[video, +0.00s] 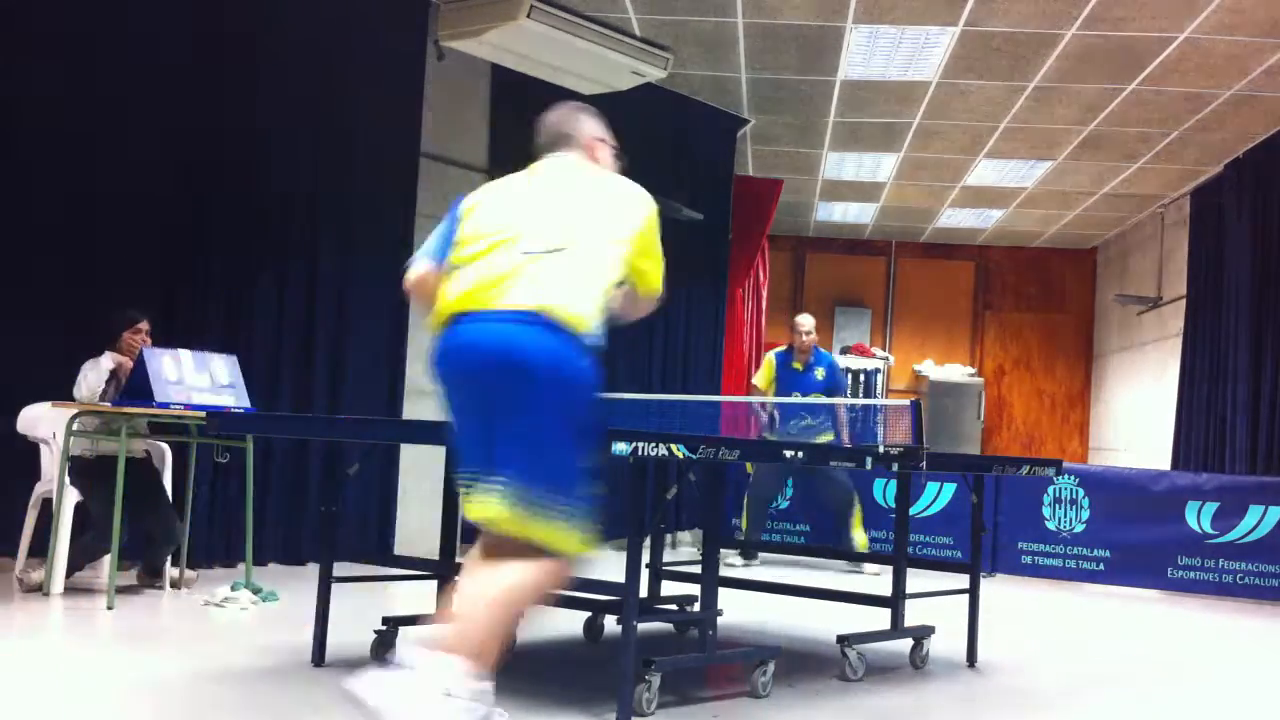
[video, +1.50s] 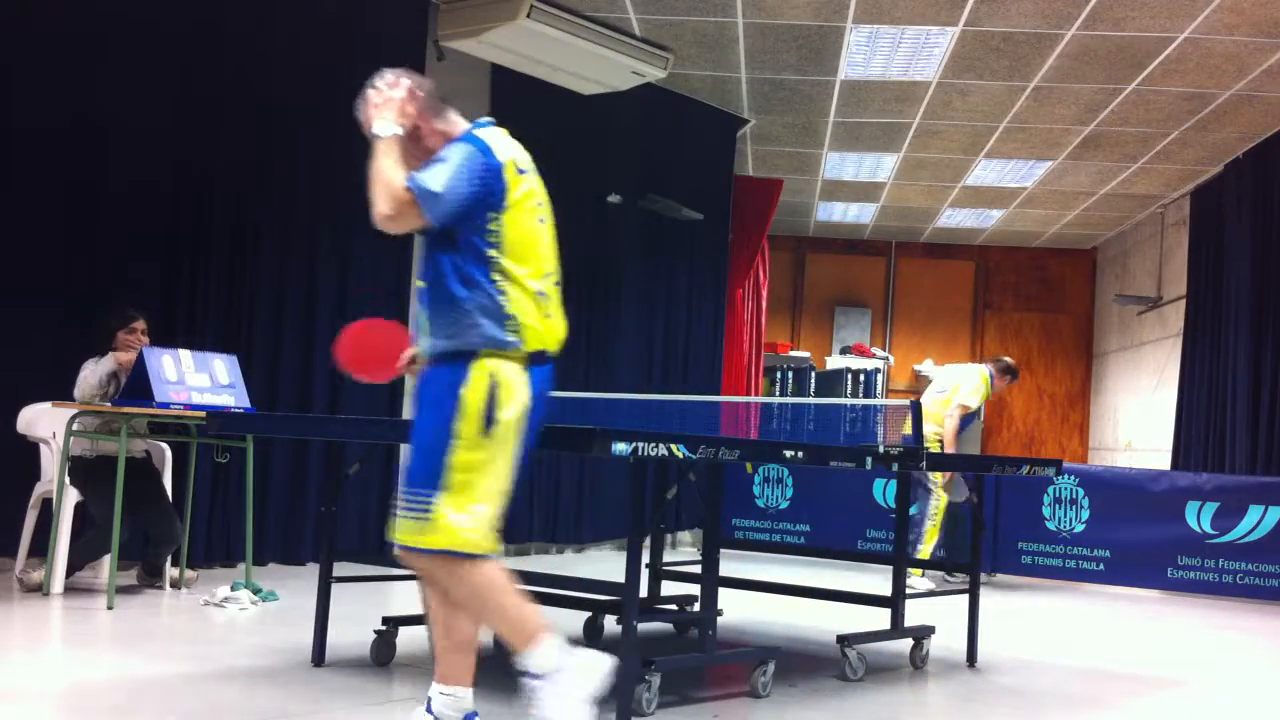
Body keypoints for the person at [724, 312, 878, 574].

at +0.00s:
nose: (804, 338)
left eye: (809, 333)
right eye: (800, 333)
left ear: (816, 335)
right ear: (792, 335)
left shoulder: (829, 363)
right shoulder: (775, 359)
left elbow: (839, 405)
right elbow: (755, 391)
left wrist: (845, 441)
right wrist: (763, 419)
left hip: (820, 442)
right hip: (779, 441)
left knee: (846, 492)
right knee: (757, 491)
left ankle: (859, 554)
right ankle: (749, 550)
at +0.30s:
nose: (871, 336)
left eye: (873, 331)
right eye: (865, 331)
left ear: (873, 332)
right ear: (852, 331)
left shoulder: (852, 352)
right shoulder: (848, 355)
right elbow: (862, 398)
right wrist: (882, 423)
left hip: (848, 434)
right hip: (840, 436)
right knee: (862, 492)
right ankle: (868, 554)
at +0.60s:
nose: (943, 379)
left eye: (944, 374)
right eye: (942, 373)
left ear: (922, 369)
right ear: (926, 371)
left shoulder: (882, 373)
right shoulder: (916, 386)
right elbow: (947, 436)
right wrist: (982, 450)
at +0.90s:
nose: (967, 386)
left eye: (970, 381)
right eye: (968, 380)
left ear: (956, 371)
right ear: (957, 372)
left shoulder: (932, 374)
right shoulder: (931, 384)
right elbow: (903, 423)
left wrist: (910, 468)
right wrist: (911, 469)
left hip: (878, 427)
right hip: (877, 428)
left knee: (892, 494)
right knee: (890, 494)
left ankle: (865, 549)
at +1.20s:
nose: (984, 389)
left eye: (987, 385)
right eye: (987, 384)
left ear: (977, 371)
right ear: (981, 376)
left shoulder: (952, 377)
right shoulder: (948, 381)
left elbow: (927, 429)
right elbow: (926, 426)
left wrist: (945, 469)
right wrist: (941, 466)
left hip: (903, 442)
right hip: (902, 444)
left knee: (922, 502)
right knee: (924, 502)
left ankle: (906, 570)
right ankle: (911, 573)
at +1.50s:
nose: (1003, 390)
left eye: (1006, 386)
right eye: (1006, 385)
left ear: (990, 365)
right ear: (1002, 377)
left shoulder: (963, 369)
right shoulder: (979, 380)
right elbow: (952, 415)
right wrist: (951, 460)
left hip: (915, 435)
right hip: (928, 439)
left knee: (929, 498)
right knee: (938, 498)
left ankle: (916, 563)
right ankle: (916, 570)